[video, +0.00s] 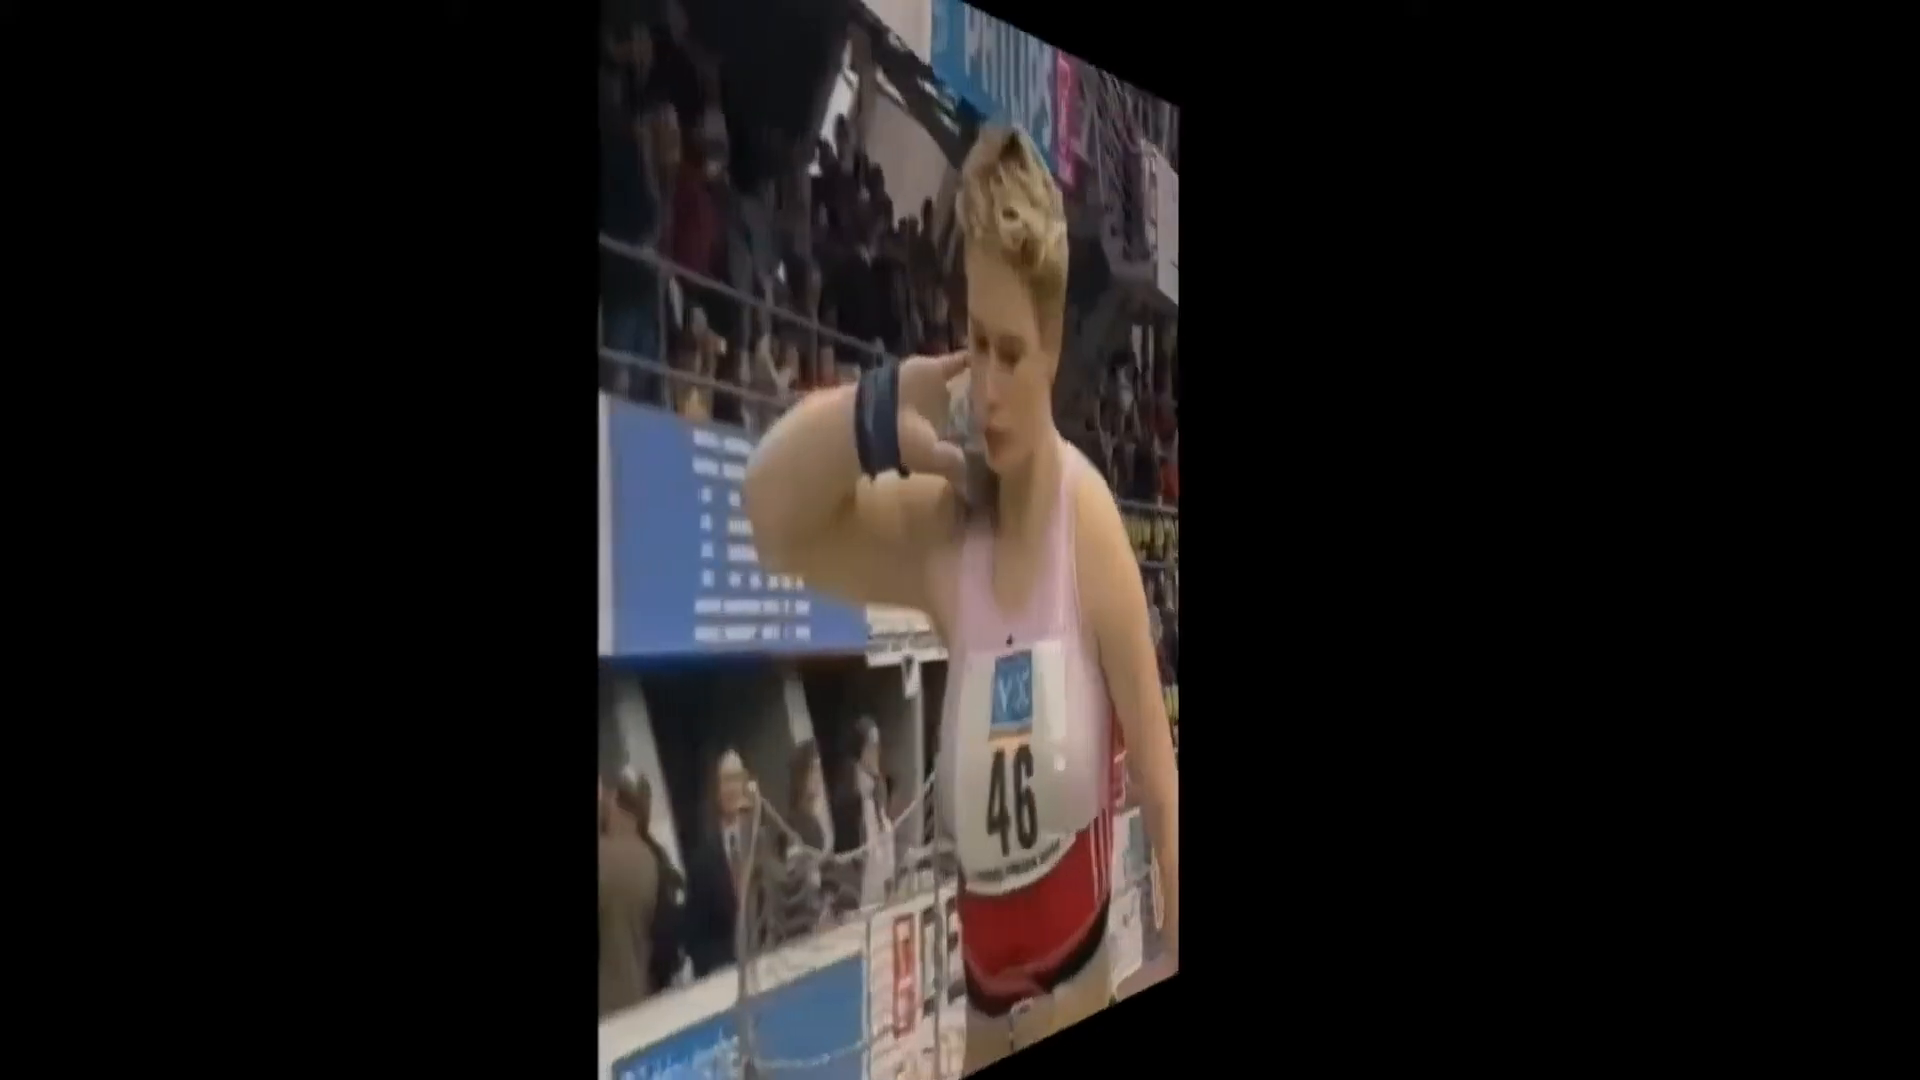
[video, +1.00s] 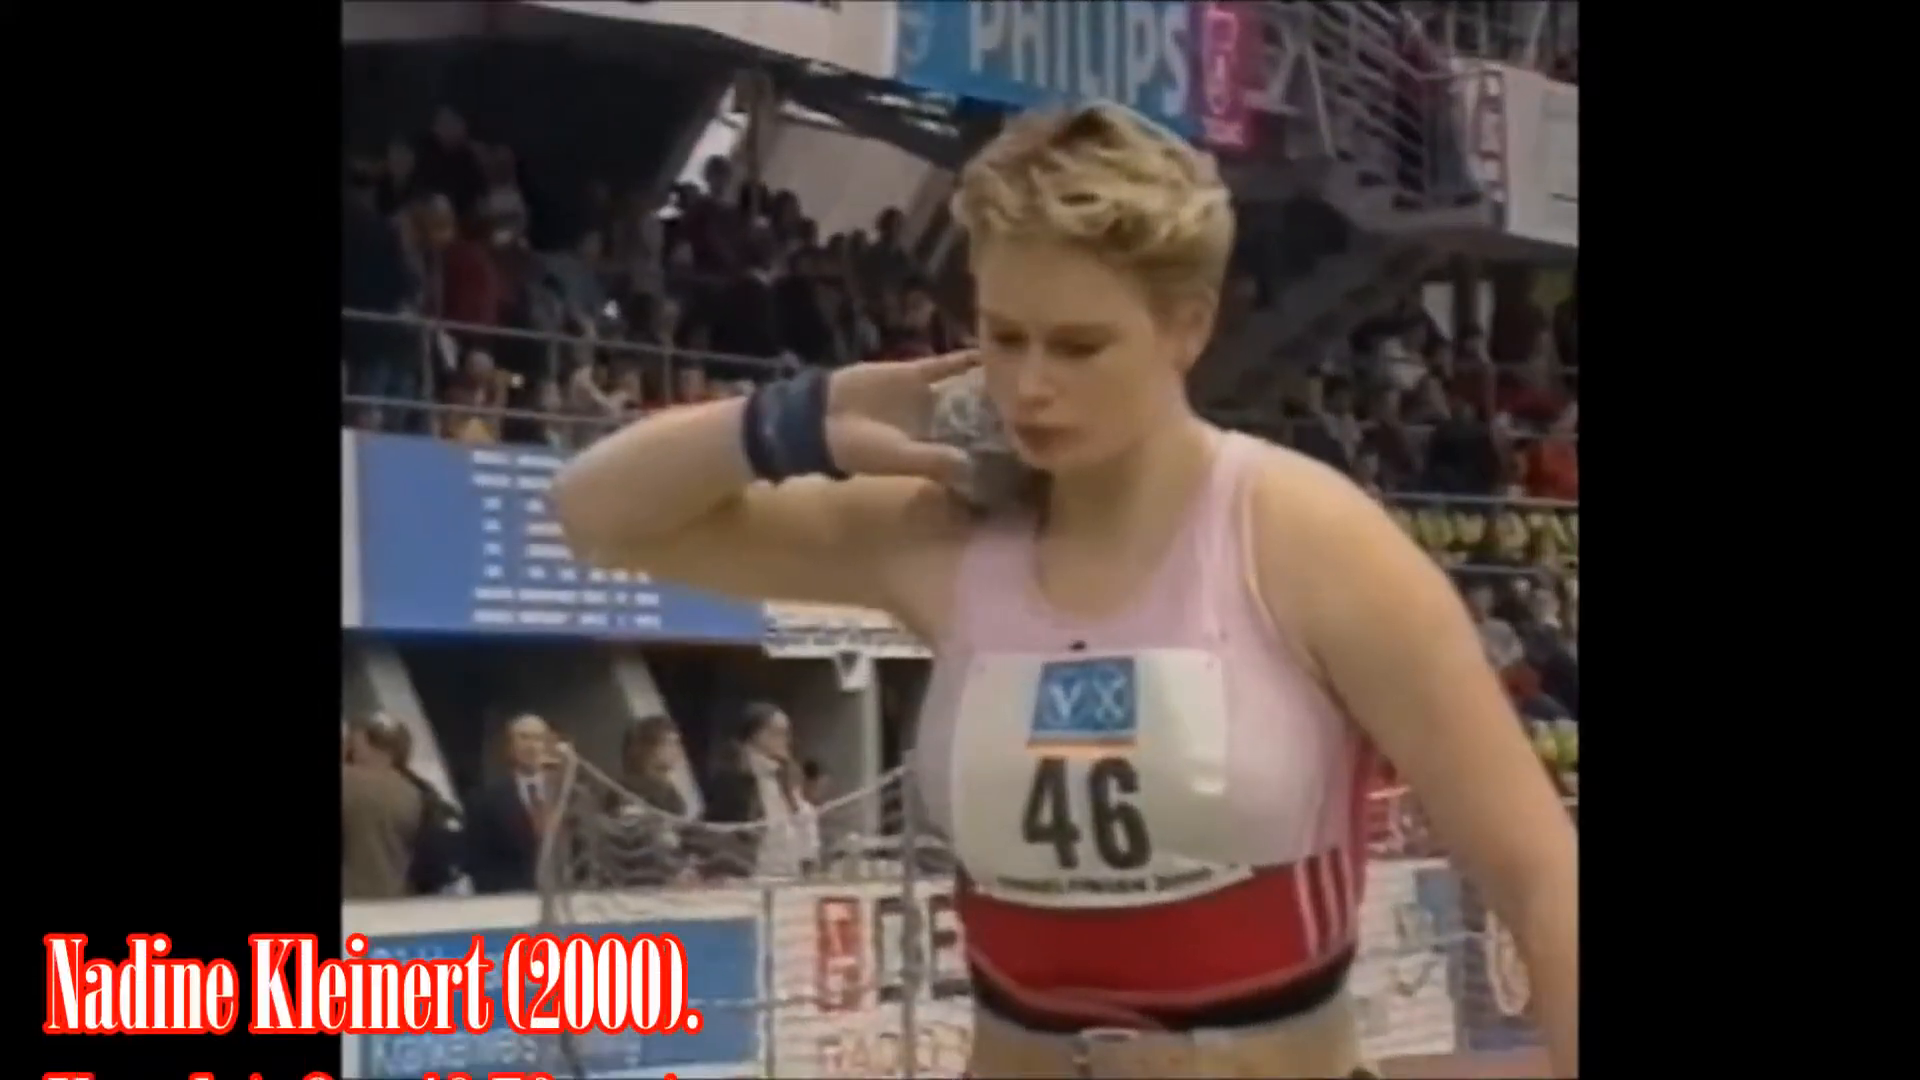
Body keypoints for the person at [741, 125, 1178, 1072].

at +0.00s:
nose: (985, 394)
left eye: (1013, 356)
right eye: (970, 350)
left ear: (1061, 355)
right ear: (953, 345)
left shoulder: (1077, 502)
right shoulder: (928, 525)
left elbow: (1142, 707)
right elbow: (782, 528)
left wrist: (1170, 892)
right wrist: (882, 405)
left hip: (1083, 843)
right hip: (977, 857)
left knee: (1061, 1020)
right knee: (991, 1038)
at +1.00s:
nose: (1028, 387)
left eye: (1079, 344)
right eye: (1004, 339)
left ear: (1186, 328)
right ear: (974, 324)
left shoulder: (1304, 534)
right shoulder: (928, 534)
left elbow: (1539, 875)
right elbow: (598, 513)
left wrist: (1563, 1061)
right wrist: (813, 419)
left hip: (1268, 1055)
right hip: (1016, 1053)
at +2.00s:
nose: (1028, 387)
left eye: (1079, 345)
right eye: (1004, 338)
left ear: (1186, 328)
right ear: (974, 324)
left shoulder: (1303, 533)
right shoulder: (929, 534)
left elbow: (1539, 874)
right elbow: (599, 513)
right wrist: (809, 421)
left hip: (1269, 1054)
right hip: (1017, 1051)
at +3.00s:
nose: (1027, 387)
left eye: (1079, 344)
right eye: (1004, 338)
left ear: (1187, 327)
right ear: (973, 323)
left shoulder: (1301, 532)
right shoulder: (928, 534)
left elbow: (1538, 874)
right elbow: (608, 519)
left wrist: (1564, 1061)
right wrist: (812, 420)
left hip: (1272, 1055)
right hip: (1017, 1053)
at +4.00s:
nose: (1028, 386)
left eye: (1079, 344)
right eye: (1004, 338)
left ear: (1186, 330)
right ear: (974, 324)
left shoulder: (1303, 533)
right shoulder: (928, 534)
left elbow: (1539, 875)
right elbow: (600, 512)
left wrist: (1564, 1060)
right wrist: (809, 420)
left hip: (1270, 1054)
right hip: (1016, 1051)